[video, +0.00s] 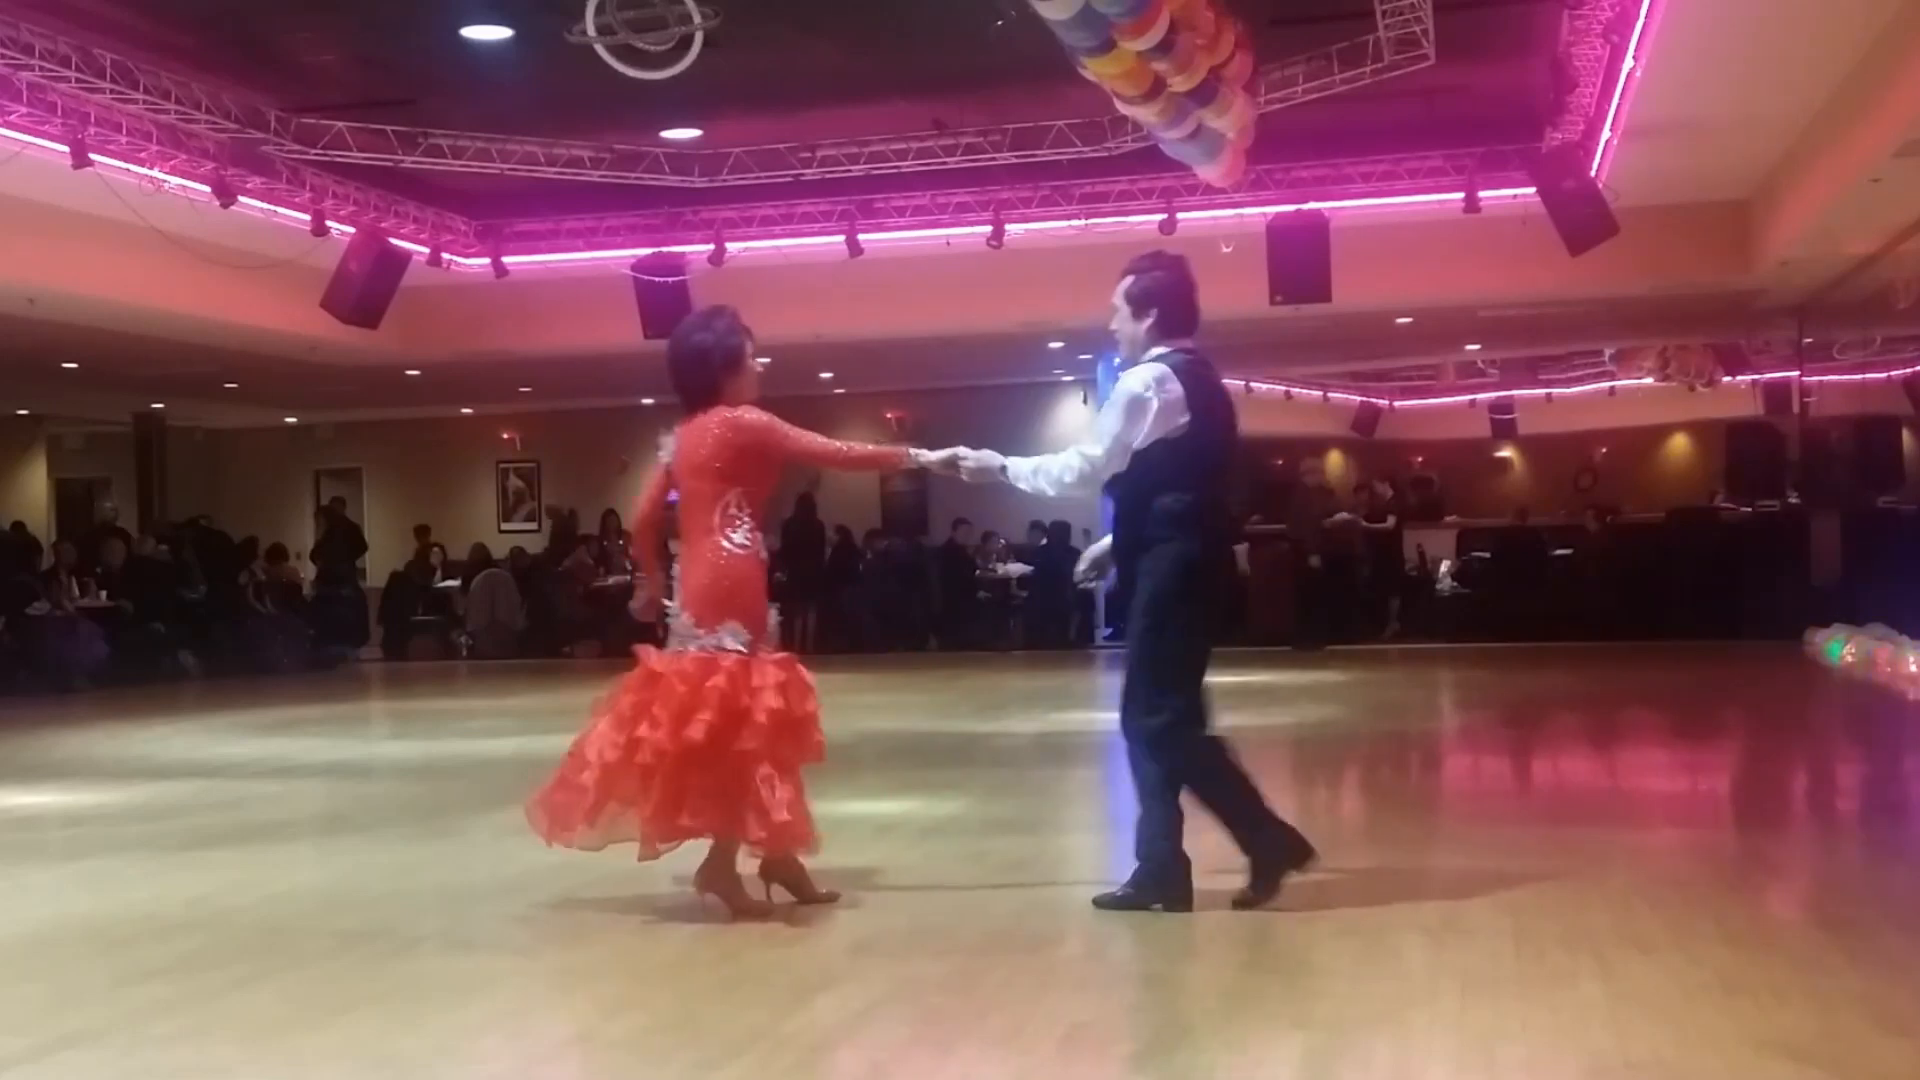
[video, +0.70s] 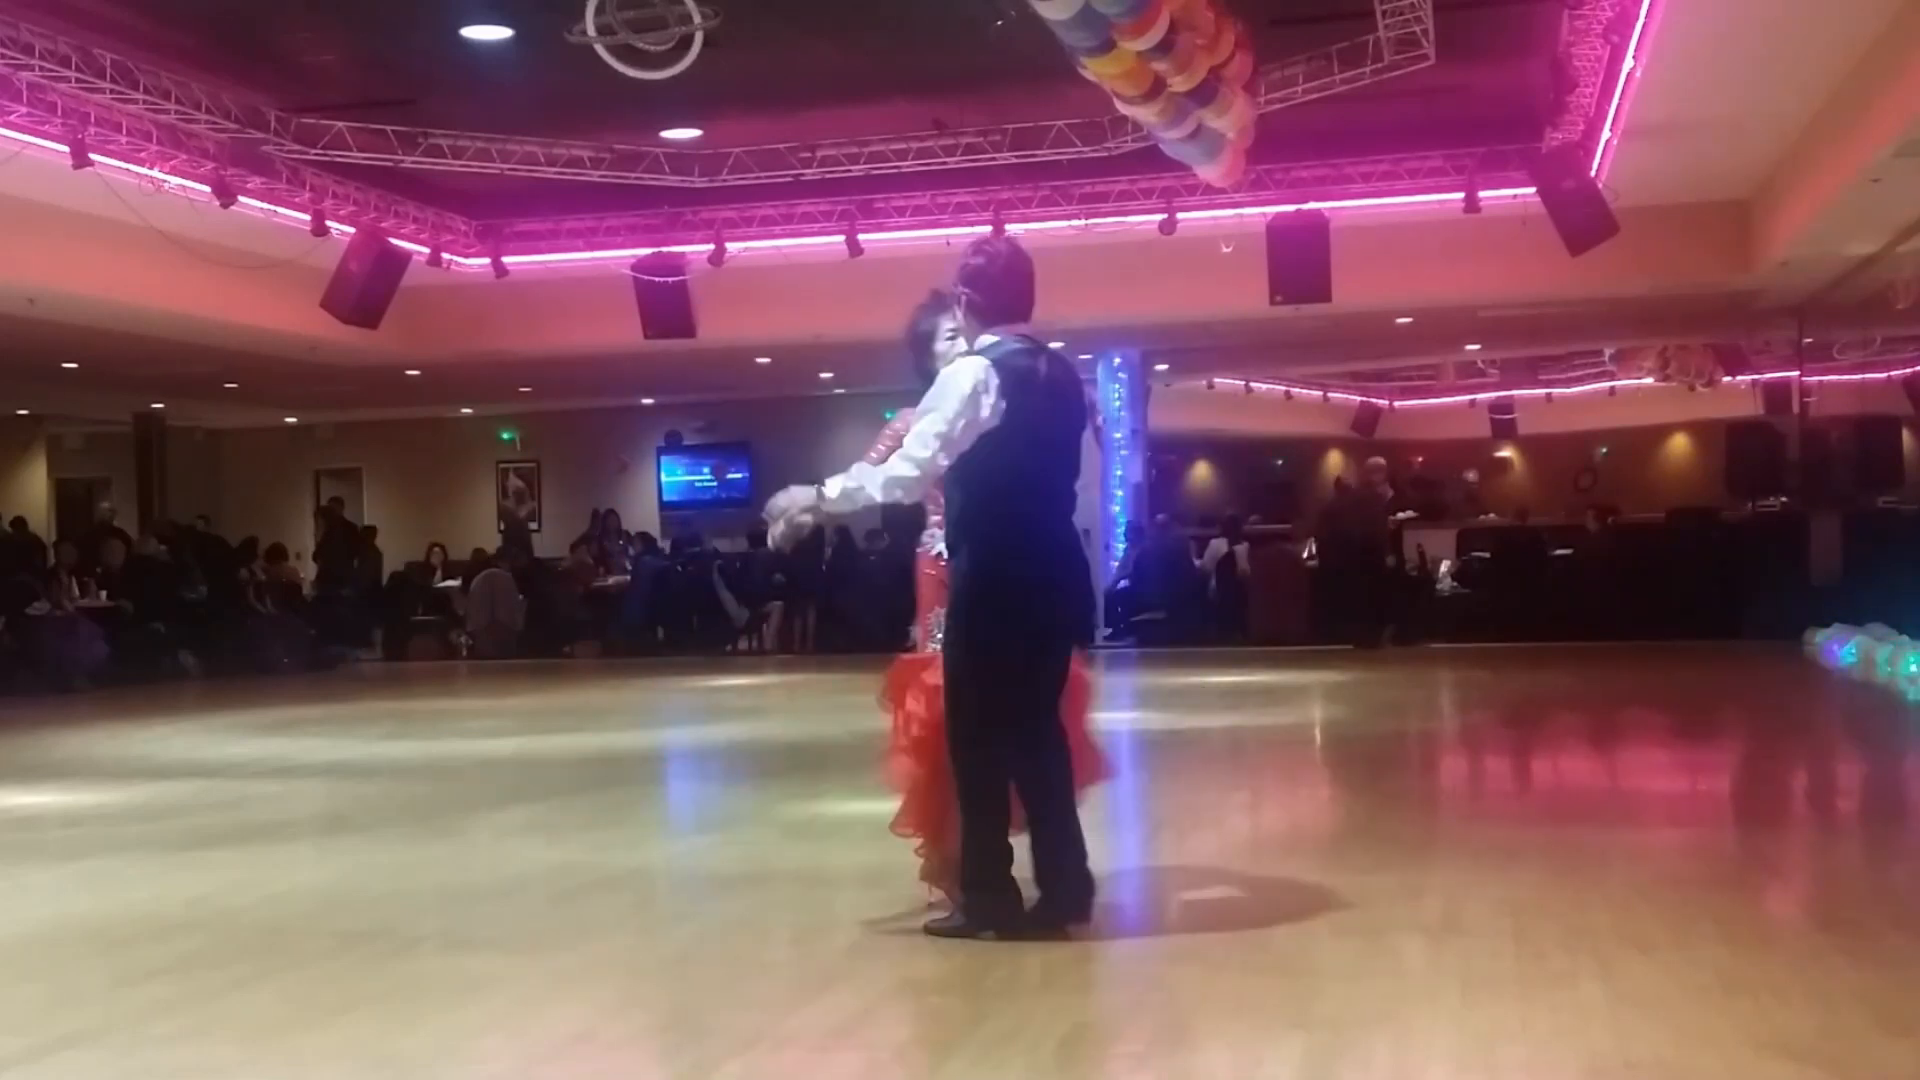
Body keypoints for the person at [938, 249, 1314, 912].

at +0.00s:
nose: (1112, 326)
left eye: (1119, 313)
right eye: (1114, 313)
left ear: (1149, 316)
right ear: (1165, 316)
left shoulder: (1149, 380)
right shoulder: (1197, 377)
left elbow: (1086, 469)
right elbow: (1177, 484)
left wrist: (993, 466)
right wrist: (1119, 540)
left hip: (1172, 562)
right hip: (1192, 557)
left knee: (1154, 716)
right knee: (1162, 714)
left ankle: (1270, 841)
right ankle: (1160, 870)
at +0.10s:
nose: (1087, 329)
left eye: (1095, 316)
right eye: (1090, 316)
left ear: (1126, 320)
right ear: (1140, 319)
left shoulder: (1138, 382)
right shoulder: (1173, 378)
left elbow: (1095, 483)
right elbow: (1145, 494)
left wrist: (1010, 475)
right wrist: (1081, 551)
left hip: (1144, 580)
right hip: (1166, 576)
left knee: (1112, 728)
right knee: (1132, 728)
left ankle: (1212, 846)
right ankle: (1157, 877)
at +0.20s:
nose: (1060, 327)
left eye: (1068, 313)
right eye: (1062, 313)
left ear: (1100, 316)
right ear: (1115, 319)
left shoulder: (1120, 381)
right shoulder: (1136, 378)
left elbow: (1117, 481)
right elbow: (1108, 504)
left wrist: (1033, 469)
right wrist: (1040, 555)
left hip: (1111, 582)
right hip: (1126, 579)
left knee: (1059, 722)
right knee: (1114, 726)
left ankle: (1129, 878)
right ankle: (1159, 878)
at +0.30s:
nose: (1031, 325)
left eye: (1039, 312)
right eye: (1034, 312)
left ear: (1068, 316)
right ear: (1084, 317)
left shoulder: (1096, 380)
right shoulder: (1081, 379)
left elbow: (1130, 459)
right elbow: (1084, 490)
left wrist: (1038, 457)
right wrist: (1024, 548)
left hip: (1081, 582)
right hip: (1090, 580)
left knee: (1018, 721)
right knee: (1100, 725)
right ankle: (1155, 874)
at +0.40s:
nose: (999, 327)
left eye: (1004, 314)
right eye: (1001, 314)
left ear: (1030, 317)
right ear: (1057, 317)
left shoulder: (1062, 378)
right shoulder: (1054, 382)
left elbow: (1094, 457)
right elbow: (1048, 479)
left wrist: (995, 455)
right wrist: (983, 506)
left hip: (1039, 588)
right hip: (1068, 586)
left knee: (986, 733)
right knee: (1084, 735)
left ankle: (986, 897)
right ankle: (1151, 878)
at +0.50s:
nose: (974, 322)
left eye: (978, 310)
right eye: (977, 309)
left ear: (999, 313)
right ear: (1043, 310)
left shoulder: (1022, 374)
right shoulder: (1072, 373)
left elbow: (1013, 467)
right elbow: (1031, 475)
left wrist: (905, 469)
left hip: (1018, 581)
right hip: (1069, 576)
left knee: (974, 739)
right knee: (1064, 728)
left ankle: (988, 903)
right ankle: (1123, 884)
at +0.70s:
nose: (956, 330)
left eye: (962, 314)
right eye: (949, 320)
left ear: (980, 307)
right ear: (1027, 302)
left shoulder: (978, 376)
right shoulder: (1066, 373)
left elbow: (907, 471)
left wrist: (821, 499)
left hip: (994, 578)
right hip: (1055, 570)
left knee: (974, 735)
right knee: (1034, 732)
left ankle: (987, 894)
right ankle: (1069, 890)